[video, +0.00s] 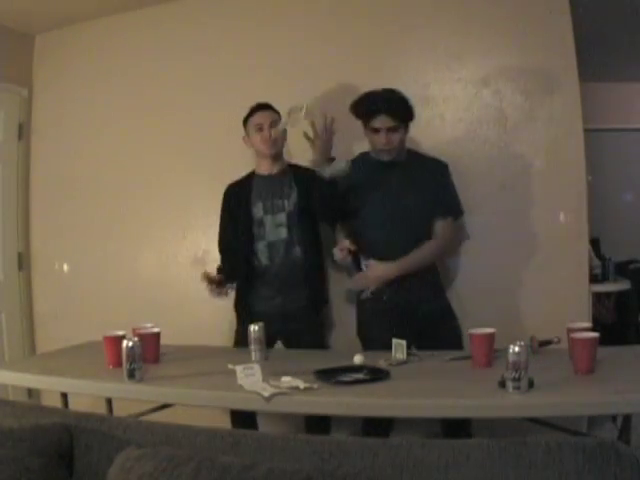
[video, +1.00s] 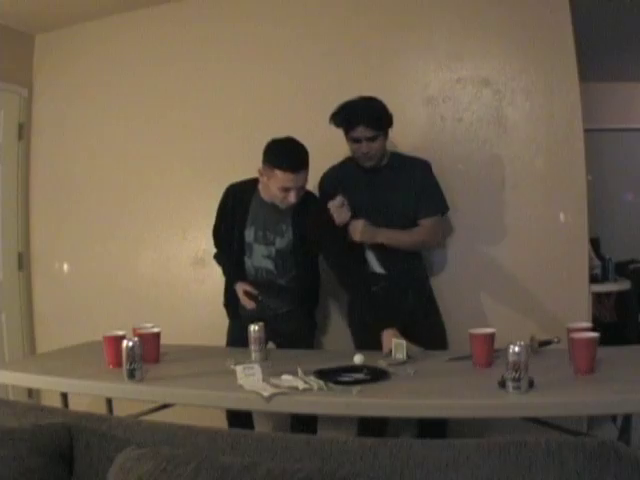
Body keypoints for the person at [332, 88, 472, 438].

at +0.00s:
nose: (385, 140)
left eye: (393, 130)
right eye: (376, 131)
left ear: (406, 129)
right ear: (365, 131)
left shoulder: (432, 171)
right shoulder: (352, 176)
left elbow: (447, 238)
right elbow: (343, 227)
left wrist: (388, 270)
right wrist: (343, 247)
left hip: (426, 295)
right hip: (376, 299)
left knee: (451, 385)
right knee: (378, 393)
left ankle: (463, 471)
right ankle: (372, 474)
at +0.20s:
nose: (365, 143)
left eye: (373, 134)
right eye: (356, 135)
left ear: (388, 130)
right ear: (347, 133)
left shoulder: (417, 166)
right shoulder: (338, 174)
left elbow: (434, 234)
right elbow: (332, 227)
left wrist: (372, 265)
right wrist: (334, 245)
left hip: (417, 294)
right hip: (369, 299)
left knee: (434, 387)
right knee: (374, 391)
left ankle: (441, 475)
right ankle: (372, 475)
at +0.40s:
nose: (357, 146)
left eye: (365, 137)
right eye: (349, 137)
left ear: (381, 133)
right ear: (341, 136)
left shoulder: (412, 169)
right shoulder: (335, 177)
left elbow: (424, 238)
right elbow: (338, 230)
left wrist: (357, 256)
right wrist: (324, 238)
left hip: (412, 291)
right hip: (364, 295)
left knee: (426, 384)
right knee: (371, 387)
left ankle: (432, 471)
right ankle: (369, 473)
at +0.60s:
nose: (356, 149)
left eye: (364, 140)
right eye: (347, 141)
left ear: (380, 136)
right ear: (339, 139)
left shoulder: (411, 172)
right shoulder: (333, 179)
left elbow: (424, 239)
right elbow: (338, 235)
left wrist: (358, 255)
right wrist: (324, 235)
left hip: (410, 298)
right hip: (362, 302)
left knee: (427, 387)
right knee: (369, 390)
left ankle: (432, 473)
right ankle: (369, 473)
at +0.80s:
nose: (355, 148)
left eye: (362, 139)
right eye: (346, 140)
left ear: (378, 134)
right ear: (338, 137)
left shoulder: (409, 170)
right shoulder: (330, 180)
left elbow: (426, 235)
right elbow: (331, 246)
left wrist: (363, 247)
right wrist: (326, 233)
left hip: (409, 296)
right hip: (359, 298)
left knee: (426, 386)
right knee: (368, 391)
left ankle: (431, 472)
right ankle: (369, 472)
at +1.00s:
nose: (364, 148)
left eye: (372, 139)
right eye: (356, 140)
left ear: (386, 135)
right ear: (346, 138)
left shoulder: (416, 171)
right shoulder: (333, 180)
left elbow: (434, 234)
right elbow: (324, 249)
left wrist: (377, 235)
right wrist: (331, 223)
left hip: (414, 296)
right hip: (365, 300)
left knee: (433, 383)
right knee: (374, 390)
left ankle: (433, 469)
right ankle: (372, 475)